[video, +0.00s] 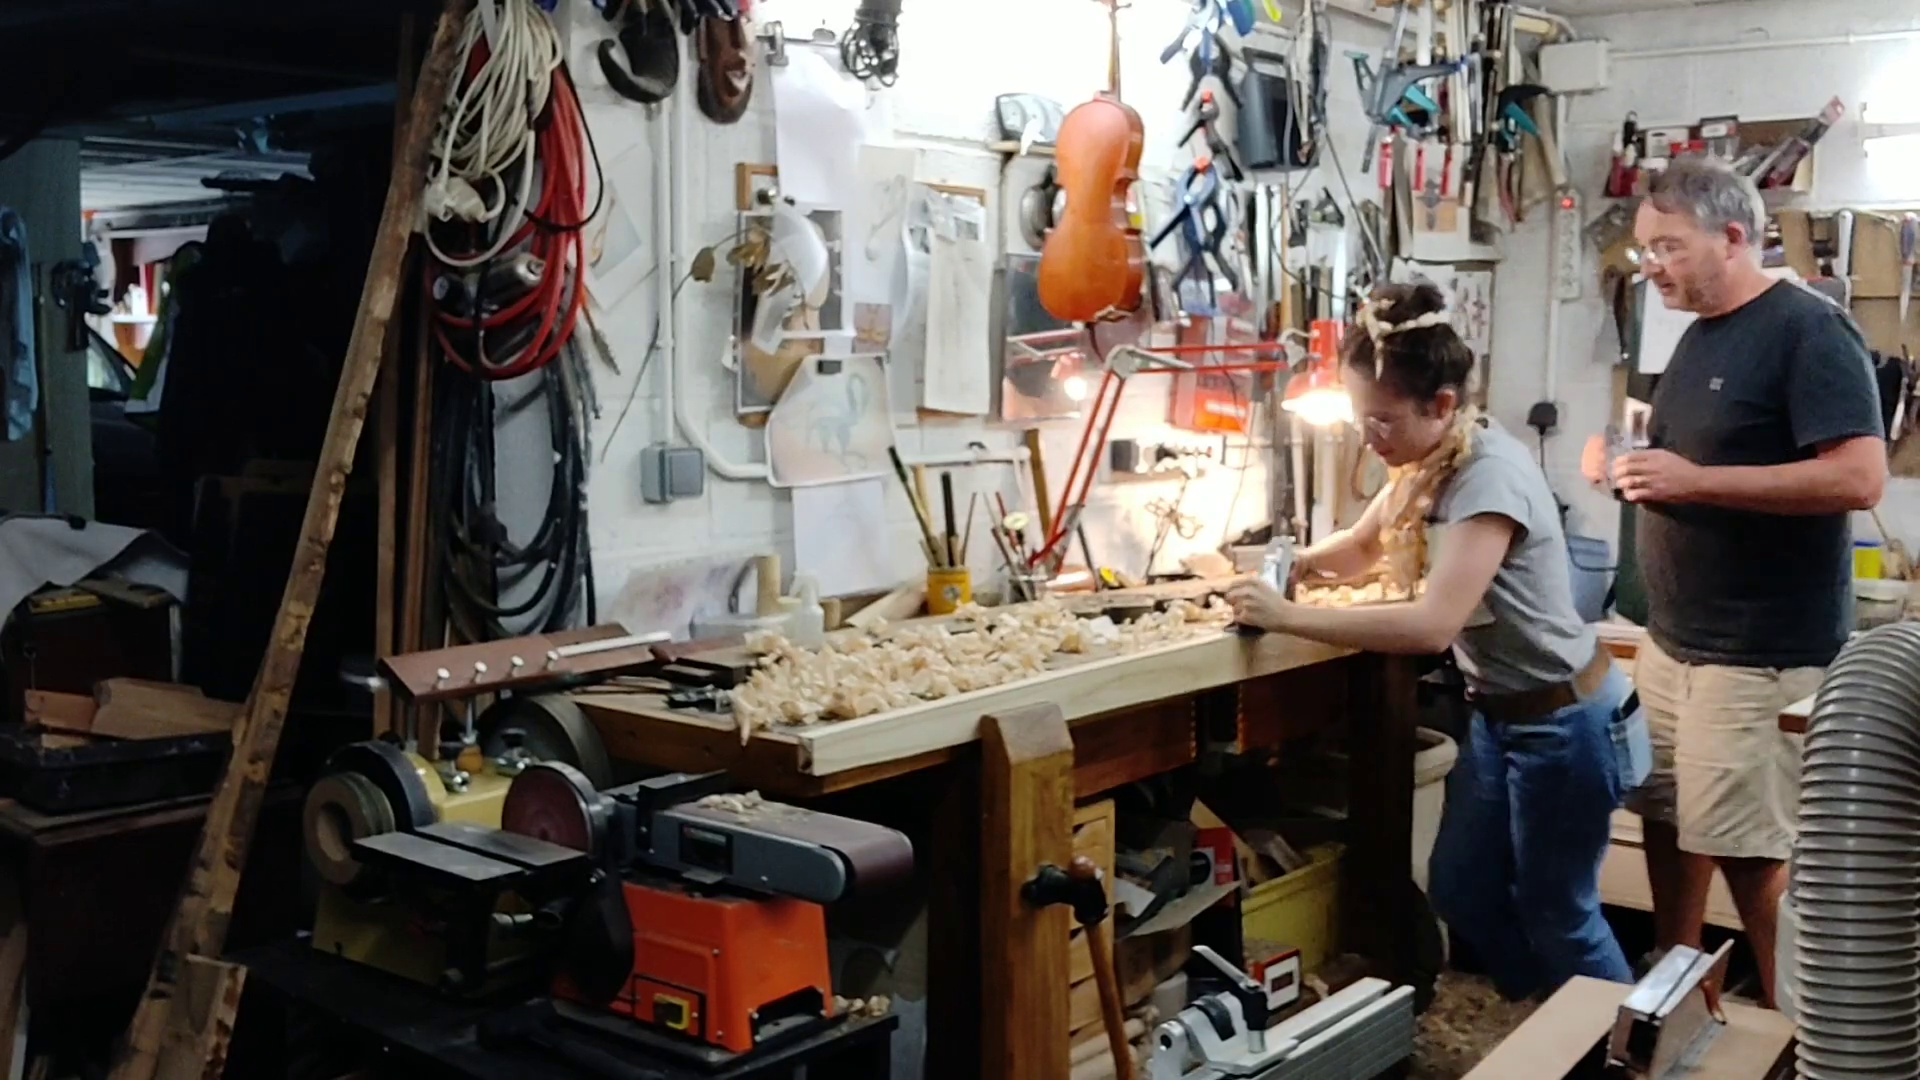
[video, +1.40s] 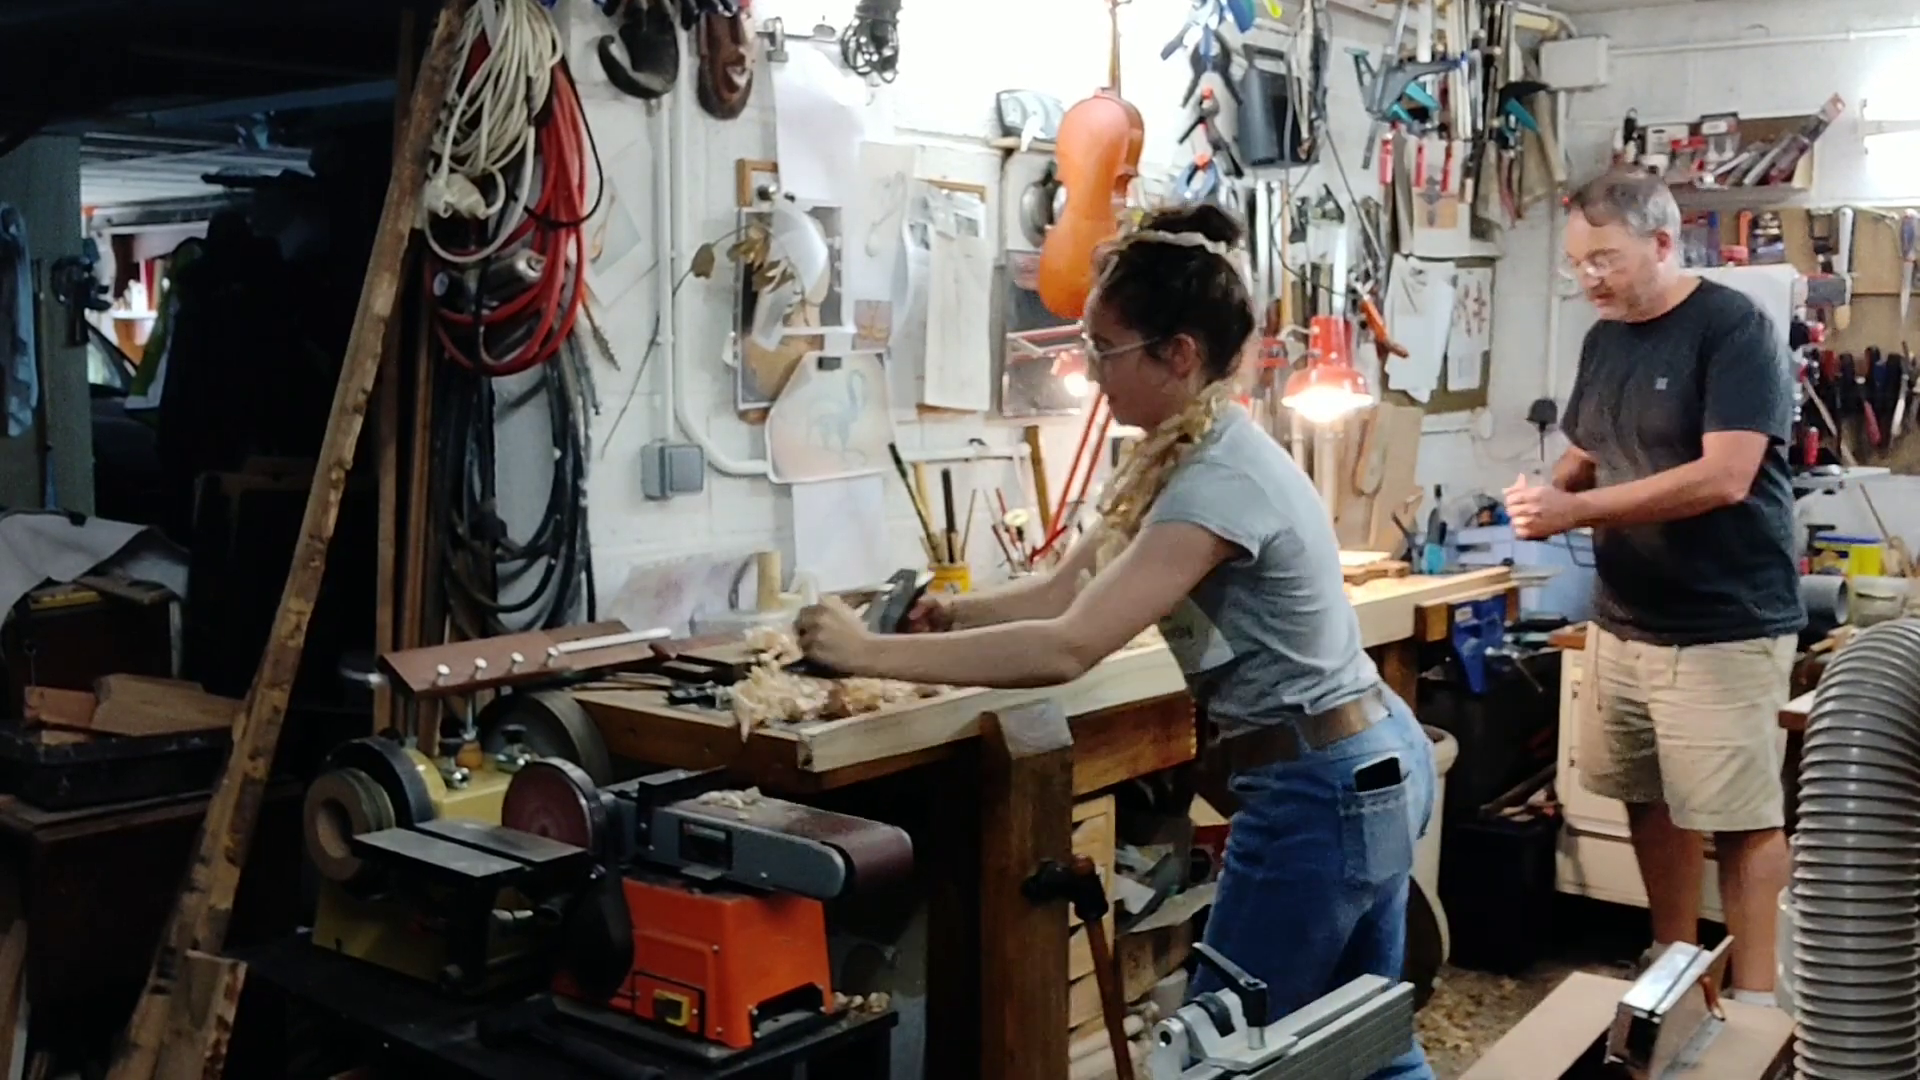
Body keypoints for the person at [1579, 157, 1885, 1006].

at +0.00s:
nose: (1653, 268)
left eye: (1666, 249)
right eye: (1647, 252)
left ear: (1733, 237)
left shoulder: (1812, 326)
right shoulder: (1700, 335)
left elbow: (1861, 476)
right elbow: (1697, 457)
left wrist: (1694, 480)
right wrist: (1630, 460)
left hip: (1762, 650)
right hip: (1674, 632)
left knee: (1754, 845)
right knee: (1673, 820)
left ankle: (1783, 1010)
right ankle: (1677, 982)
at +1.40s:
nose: (1587, 281)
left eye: (1600, 259)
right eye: (1578, 265)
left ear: (1661, 242)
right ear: (1577, 260)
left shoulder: (1736, 325)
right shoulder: (1604, 339)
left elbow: (1725, 477)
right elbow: (1583, 457)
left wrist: (1579, 509)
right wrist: (1547, 491)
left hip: (1727, 631)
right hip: (1625, 623)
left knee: (1742, 822)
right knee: (1649, 805)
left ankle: (1755, 1001)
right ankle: (1673, 968)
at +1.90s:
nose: (1497, 359)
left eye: (1504, 338)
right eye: (1488, 345)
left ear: (1561, 308)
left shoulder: (1650, 369)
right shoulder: (1545, 391)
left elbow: (1664, 529)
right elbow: (1562, 504)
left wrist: (1546, 552)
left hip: (1707, 629)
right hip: (1607, 631)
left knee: (1697, 815)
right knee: (1612, 808)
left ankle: (1756, 999)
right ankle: (1663, 967)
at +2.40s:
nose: (1478, 367)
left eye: (1502, 347)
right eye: (1468, 349)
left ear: (1551, 324)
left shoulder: (1620, 389)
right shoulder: (1500, 390)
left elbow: (1628, 555)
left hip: (1700, 623)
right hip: (1596, 628)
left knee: (1676, 830)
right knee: (1621, 825)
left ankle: (1713, 1014)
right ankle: (1666, 995)